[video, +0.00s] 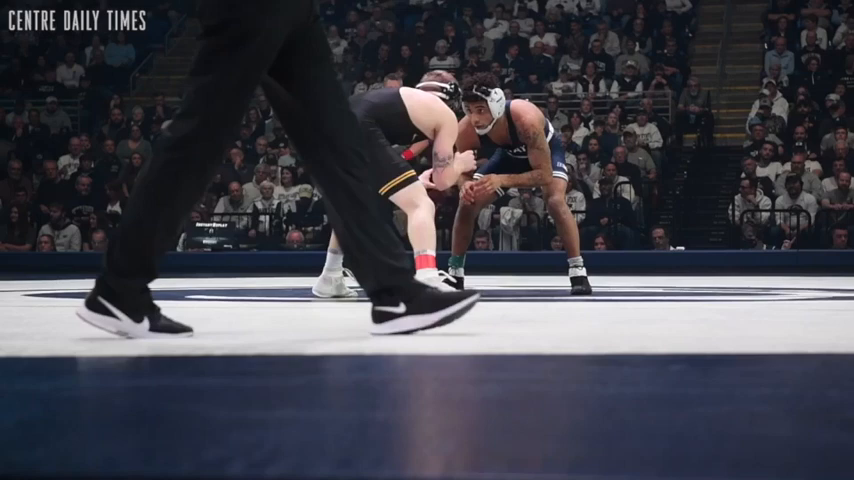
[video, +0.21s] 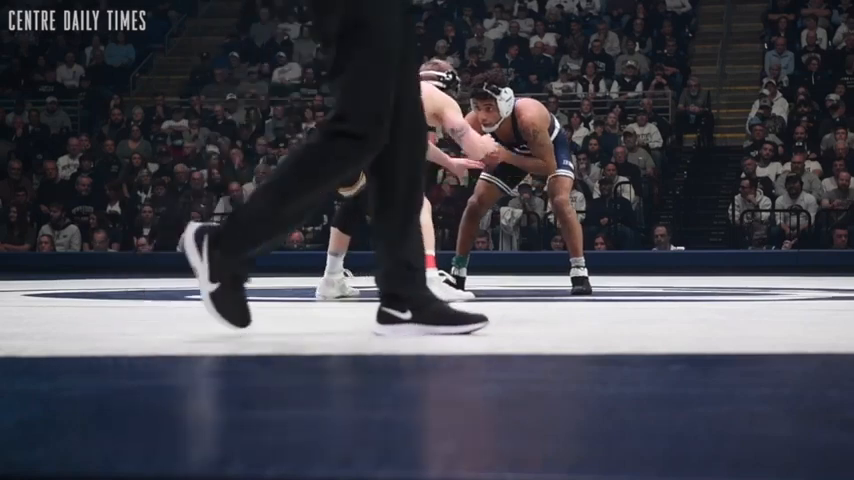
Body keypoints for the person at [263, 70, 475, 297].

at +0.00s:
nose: (471, 116)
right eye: (469, 111)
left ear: (428, 90)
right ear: (454, 103)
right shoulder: (446, 119)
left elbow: (390, 159)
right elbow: (441, 181)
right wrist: (459, 165)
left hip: (337, 126)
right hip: (362, 130)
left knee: (349, 202)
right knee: (420, 204)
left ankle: (330, 277)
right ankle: (427, 275)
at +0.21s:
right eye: (455, 92)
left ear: (429, 76)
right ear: (450, 85)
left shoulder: (404, 88)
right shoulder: (443, 101)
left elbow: (415, 139)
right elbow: (475, 149)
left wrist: (450, 163)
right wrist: (488, 142)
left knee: (353, 199)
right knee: (422, 205)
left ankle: (331, 277)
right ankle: (431, 277)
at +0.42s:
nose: (479, 120)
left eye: (482, 111)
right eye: (475, 110)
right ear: (459, 105)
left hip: (333, 136)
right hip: (366, 138)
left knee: (355, 198)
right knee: (401, 207)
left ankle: (334, 279)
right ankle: (416, 284)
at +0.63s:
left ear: (403, 92)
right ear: (437, 99)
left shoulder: (378, 99)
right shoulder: (443, 124)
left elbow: (333, 162)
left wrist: (370, 195)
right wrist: (395, 195)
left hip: (358, 142)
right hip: (399, 147)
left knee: (358, 197)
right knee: (412, 231)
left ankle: (335, 277)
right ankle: (430, 280)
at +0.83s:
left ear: (417, 78)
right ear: (452, 80)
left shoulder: (401, 87)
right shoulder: (462, 98)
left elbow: (351, 132)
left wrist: (387, 164)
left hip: (394, 137)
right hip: (437, 147)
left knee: (377, 200)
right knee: (442, 229)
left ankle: (352, 275)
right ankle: (438, 280)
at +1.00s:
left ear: (411, 75)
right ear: (445, 70)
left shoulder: (399, 89)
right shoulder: (461, 87)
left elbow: (354, 145)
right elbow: (488, 105)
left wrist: (394, 161)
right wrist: (484, 79)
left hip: (405, 122)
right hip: (448, 127)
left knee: (405, 192)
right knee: (459, 214)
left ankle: (400, 277)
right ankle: (446, 271)